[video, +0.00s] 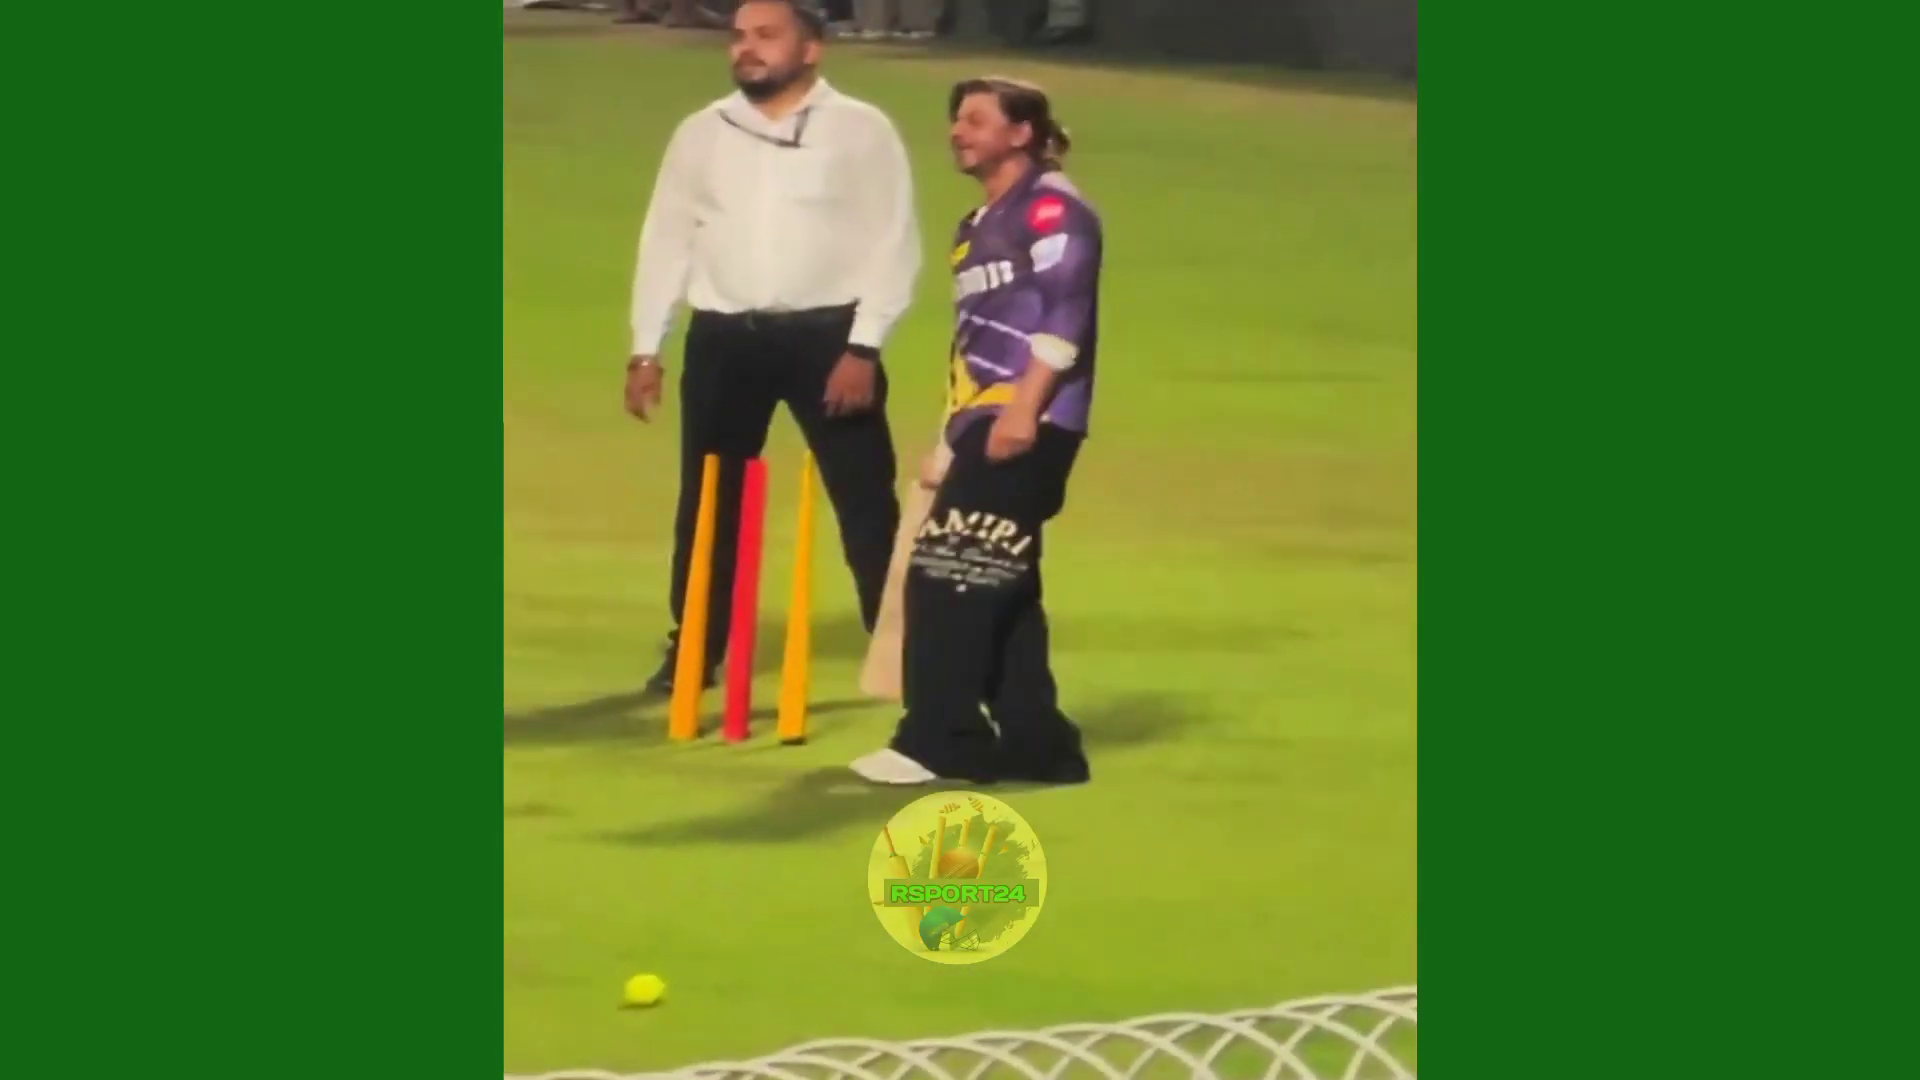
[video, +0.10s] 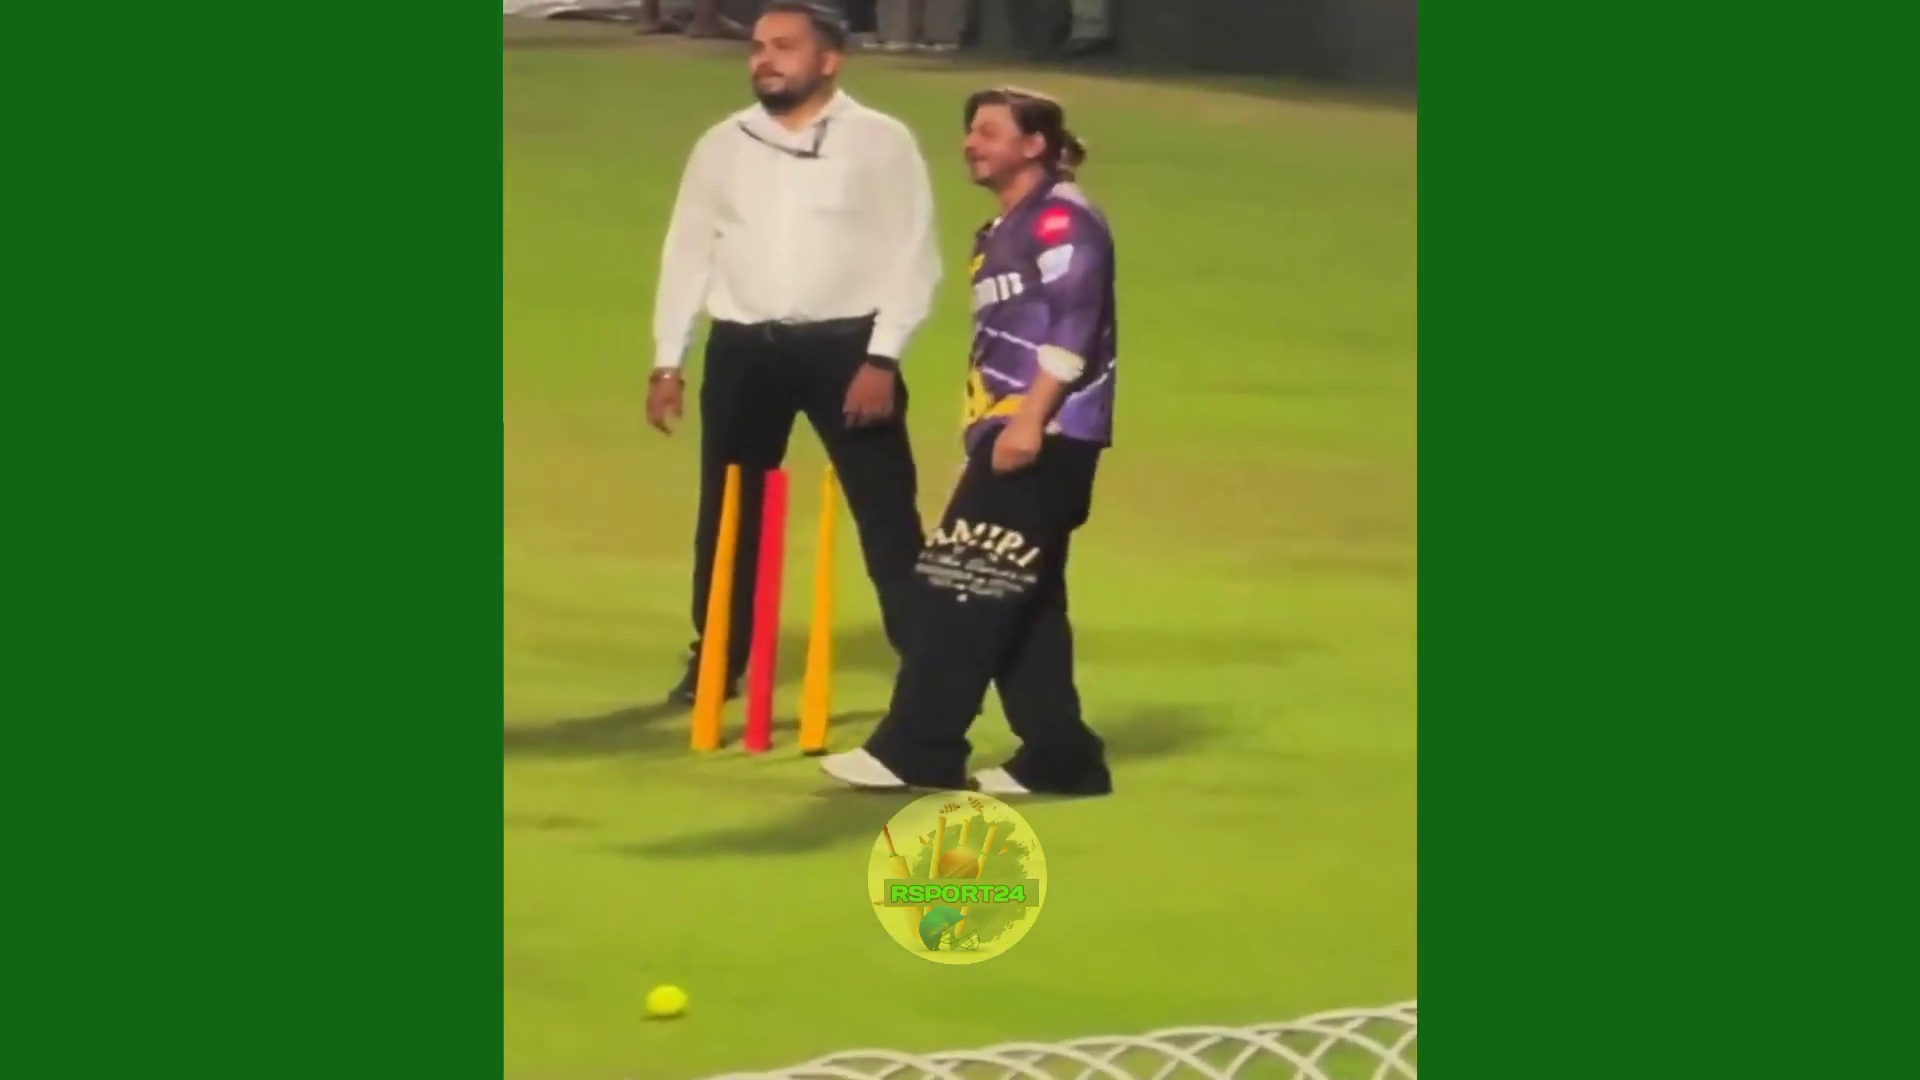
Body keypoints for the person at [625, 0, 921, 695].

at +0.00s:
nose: (744, 49)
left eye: (763, 35)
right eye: (739, 36)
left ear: (811, 47)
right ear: (730, 45)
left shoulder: (865, 131)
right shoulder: (702, 133)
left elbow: (898, 248)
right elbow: (666, 241)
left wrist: (864, 348)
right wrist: (646, 349)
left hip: (829, 343)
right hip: (723, 344)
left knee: (870, 512)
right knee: (705, 511)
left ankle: (902, 655)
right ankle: (691, 657)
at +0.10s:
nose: (762, 59)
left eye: (780, 47)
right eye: (758, 46)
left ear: (829, 59)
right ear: (752, 55)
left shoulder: (882, 142)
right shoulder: (723, 145)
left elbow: (917, 258)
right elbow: (687, 253)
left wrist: (883, 359)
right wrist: (667, 361)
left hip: (847, 356)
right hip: (743, 356)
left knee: (891, 525)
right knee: (725, 524)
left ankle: (931, 674)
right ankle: (713, 670)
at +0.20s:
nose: (768, 67)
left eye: (786, 56)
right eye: (762, 55)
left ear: (834, 67)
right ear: (756, 64)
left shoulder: (888, 149)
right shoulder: (729, 153)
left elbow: (923, 265)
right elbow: (695, 261)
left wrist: (888, 366)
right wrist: (675, 370)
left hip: (853, 362)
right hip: (748, 362)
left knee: (897, 531)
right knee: (732, 531)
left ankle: (931, 681)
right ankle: (724, 677)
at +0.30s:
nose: (778, 79)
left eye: (796, 68)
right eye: (774, 67)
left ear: (845, 80)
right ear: (768, 77)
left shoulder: (899, 161)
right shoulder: (742, 164)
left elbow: (932, 276)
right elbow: (709, 275)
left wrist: (900, 378)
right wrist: (690, 383)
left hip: (864, 373)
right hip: (760, 374)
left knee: (911, 534)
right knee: (747, 540)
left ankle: (941, 685)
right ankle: (744, 687)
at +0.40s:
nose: (789, 86)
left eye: (806, 74)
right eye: (784, 74)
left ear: (854, 87)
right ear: (778, 83)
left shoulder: (910, 167)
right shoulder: (752, 171)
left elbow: (943, 283)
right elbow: (721, 282)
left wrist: (909, 384)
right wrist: (701, 391)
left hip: (874, 379)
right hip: (770, 379)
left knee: (923, 541)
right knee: (759, 548)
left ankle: (958, 690)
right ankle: (760, 692)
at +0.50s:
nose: (798, 94)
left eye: (815, 83)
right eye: (793, 82)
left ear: (862, 95)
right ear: (787, 90)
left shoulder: (917, 176)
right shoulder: (758, 179)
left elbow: (947, 291)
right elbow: (727, 290)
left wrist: (913, 392)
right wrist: (708, 400)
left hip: (881, 387)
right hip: (777, 388)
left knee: (933, 550)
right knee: (773, 556)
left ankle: (985, 688)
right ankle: (780, 696)